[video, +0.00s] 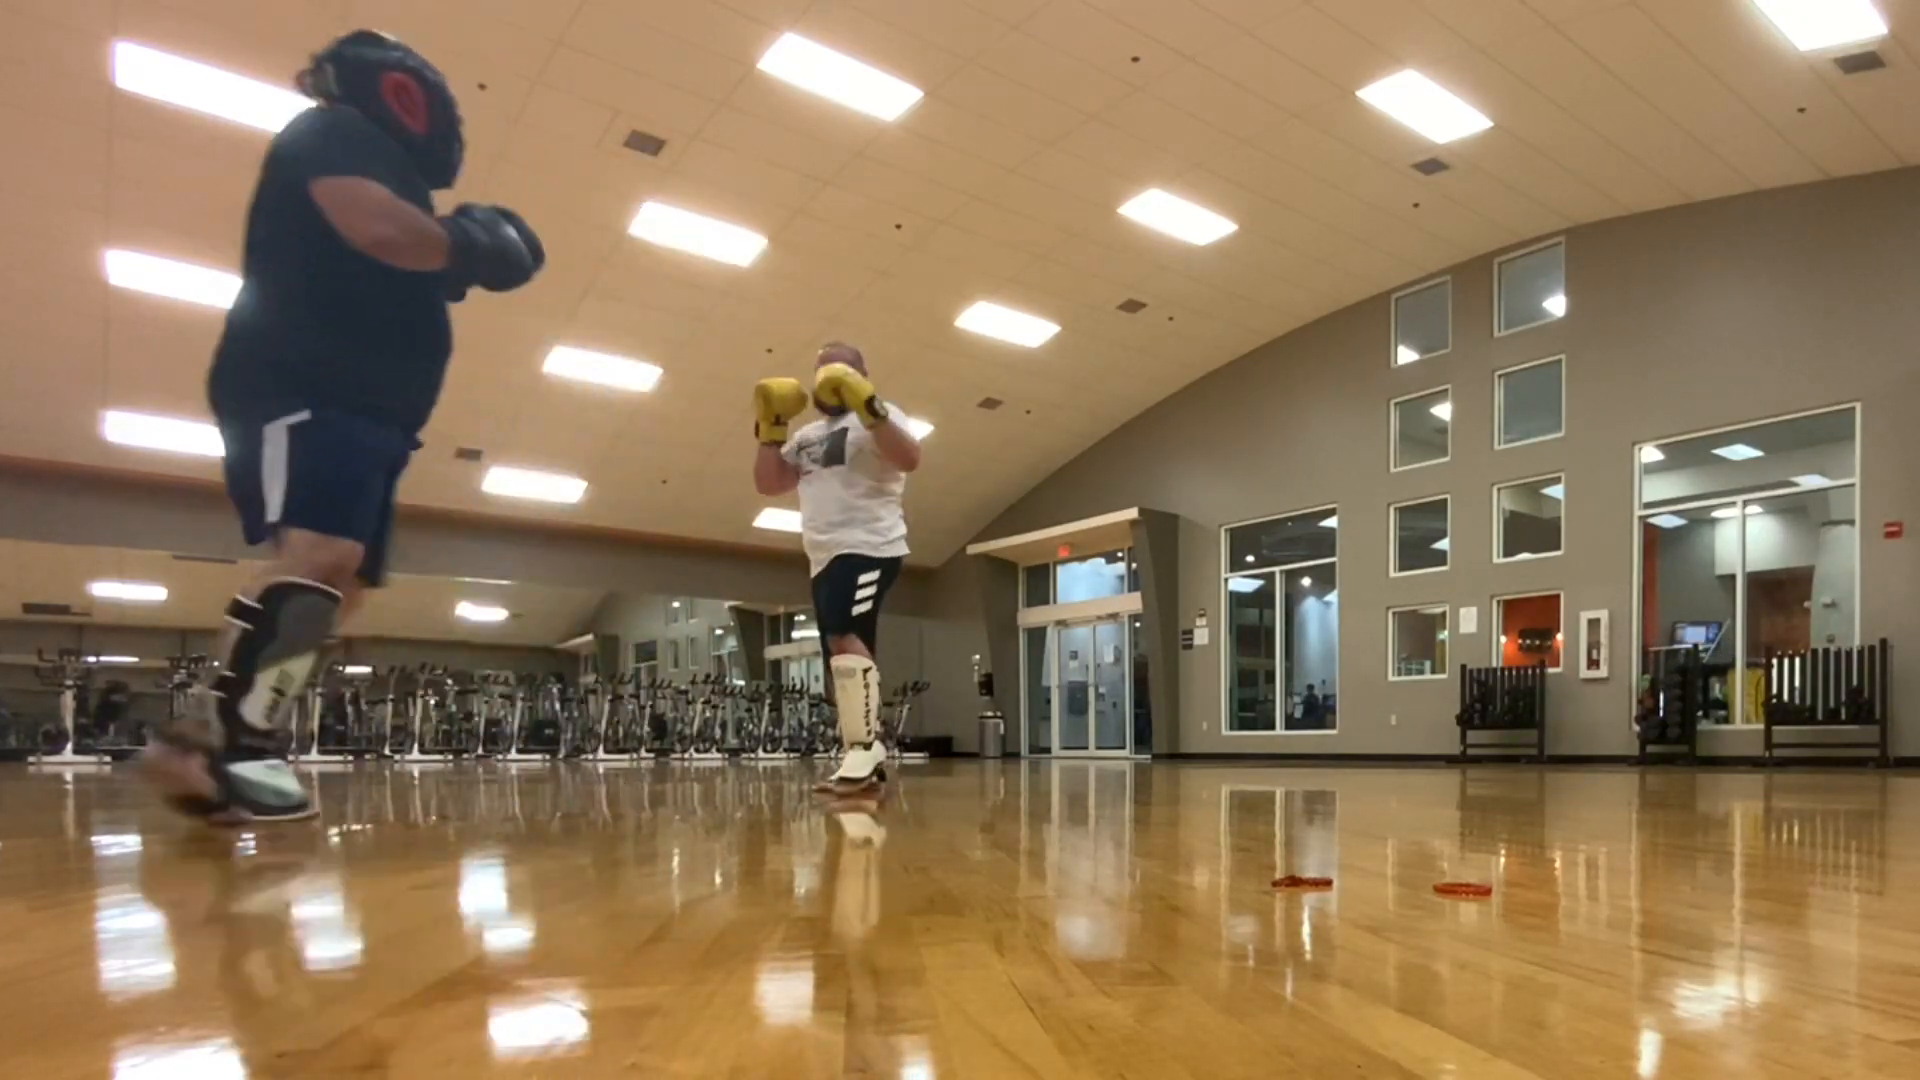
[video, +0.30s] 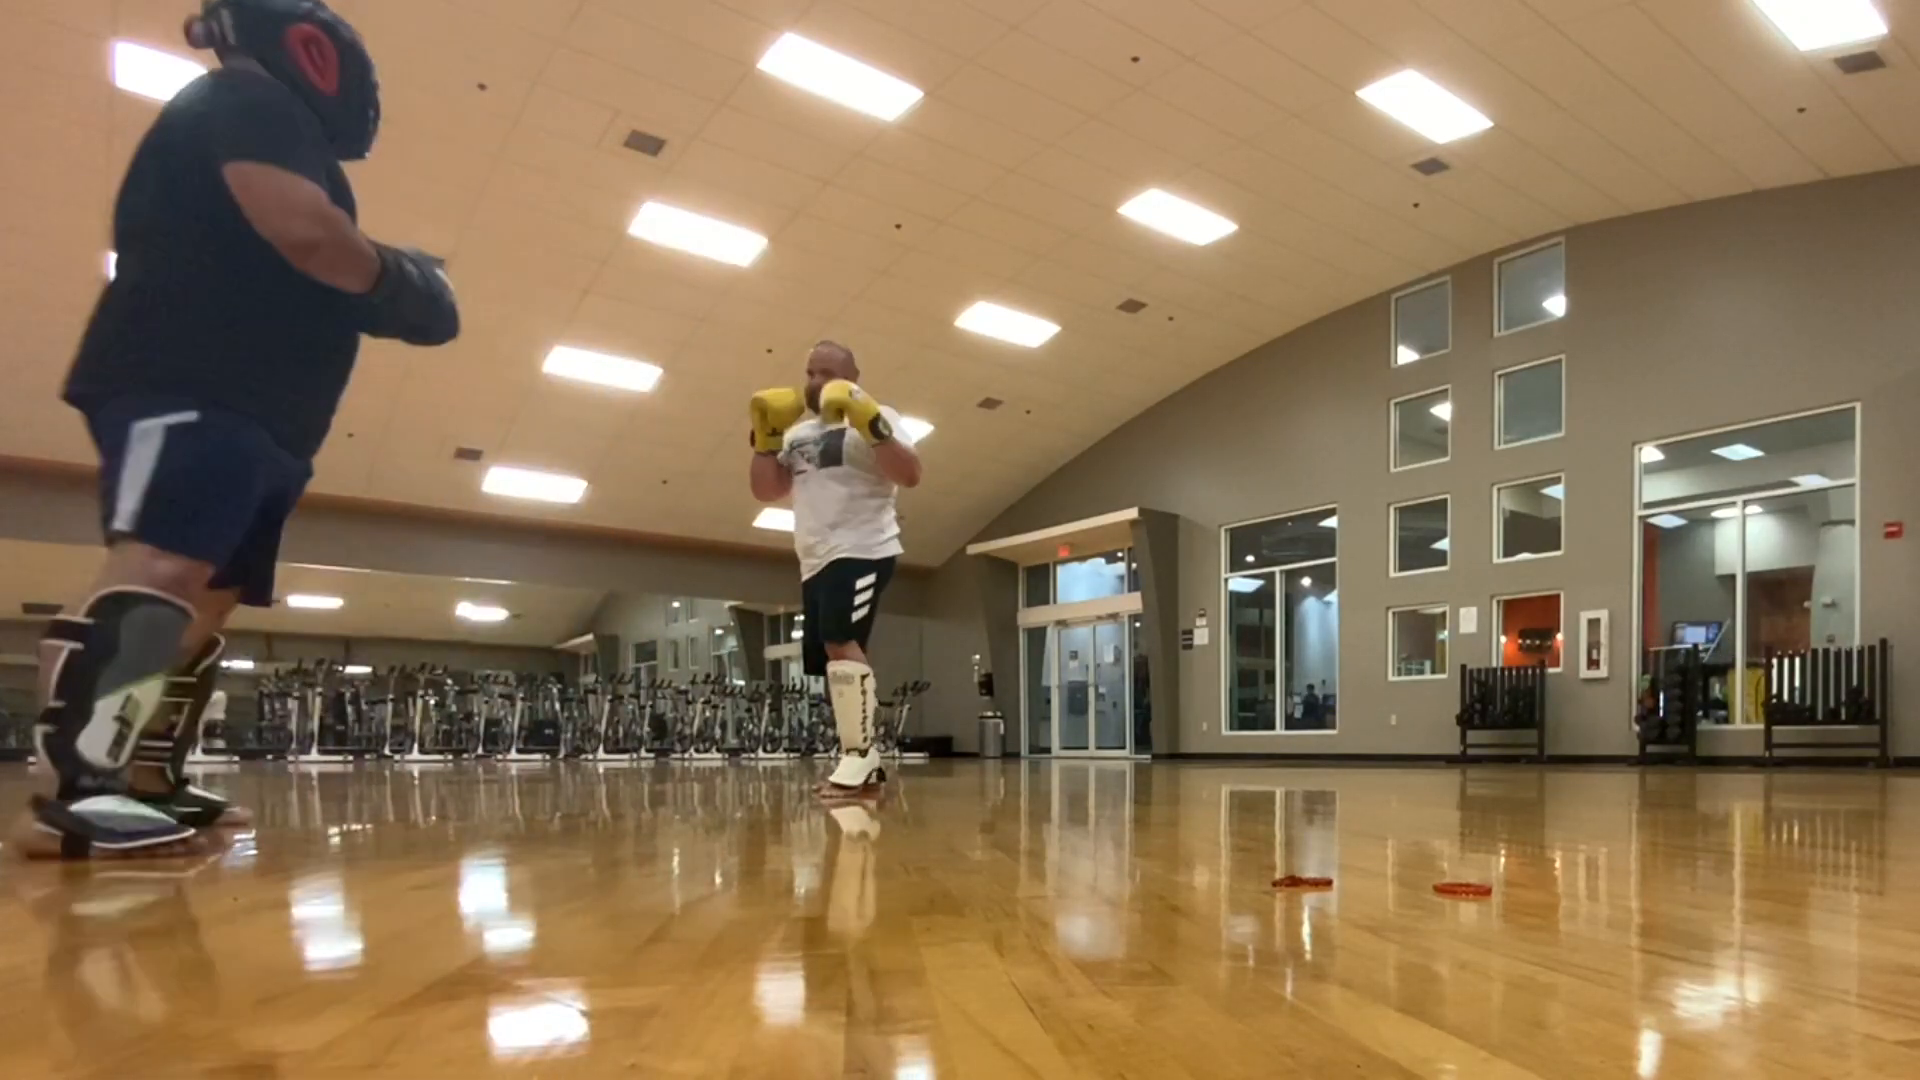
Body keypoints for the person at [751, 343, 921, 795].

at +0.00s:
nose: (832, 372)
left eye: (842, 365)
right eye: (825, 364)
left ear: (861, 375)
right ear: (815, 378)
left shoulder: (879, 416)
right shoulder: (806, 435)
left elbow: (909, 459)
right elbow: (770, 484)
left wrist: (870, 410)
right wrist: (769, 432)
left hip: (870, 544)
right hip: (826, 552)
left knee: (844, 637)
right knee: (847, 649)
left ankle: (859, 749)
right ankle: (866, 750)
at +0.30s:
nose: (812, 380)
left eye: (822, 373)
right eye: (809, 373)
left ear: (851, 380)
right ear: (804, 378)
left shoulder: (875, 419)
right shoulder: (798, 434)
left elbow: (910, 475)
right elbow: (768, 490)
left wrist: (870, 425)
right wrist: (764, 438)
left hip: (863, 547)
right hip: (819, 557)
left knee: (839, 641)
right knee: (835, 654)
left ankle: (856, 757)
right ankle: (861, 758)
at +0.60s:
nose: (797, 372)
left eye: (809, 365)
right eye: (793, 363)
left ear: (836, 373)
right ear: (786, 369)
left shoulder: (853, 419)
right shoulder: (777, 428)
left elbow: (900, 473)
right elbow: (746, 487)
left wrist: (867, 418)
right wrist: (741, 435)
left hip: (851, 550)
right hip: (803, 558)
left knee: (822, 648)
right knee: (835, 663)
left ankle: (836, 766)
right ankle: (861, 760)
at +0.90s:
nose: (776, 332)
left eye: (788, 324)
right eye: (770, 323)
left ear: (811, 339)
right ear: (761, 340)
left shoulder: (834, 382)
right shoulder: (755, 401)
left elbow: (863, 432)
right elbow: (721, 459)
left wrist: (818, 376)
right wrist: (714, 409)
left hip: (829, 541)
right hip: (773, 546)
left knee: (825, 653)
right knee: (753, 652)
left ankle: (837, 770)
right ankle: (786, 747)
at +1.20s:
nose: (731, 341)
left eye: (744, 334)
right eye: (724, 333)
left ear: (771, 344)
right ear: (714, 342)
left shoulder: (797, 386)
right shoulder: (701, 400)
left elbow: (833, 452)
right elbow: (678, 476)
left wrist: (791, 410)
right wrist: (673, 431)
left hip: (786, 543)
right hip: (721, 550)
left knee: (798, 652)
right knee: (711, 657)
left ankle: (832, 766)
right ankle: (712, 766)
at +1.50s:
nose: (707, 330)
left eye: (721, 324)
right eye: (699, 320)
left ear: (741, 338)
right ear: (684, 331)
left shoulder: (766, 382)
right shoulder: (664, 384)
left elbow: (817, 447)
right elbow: (626, 434)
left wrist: (815, 393)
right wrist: (639, 373)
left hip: (750, 534)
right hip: (686, 540)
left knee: (754, 646)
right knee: (706, 661)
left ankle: (769, 759)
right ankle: (705, 767)